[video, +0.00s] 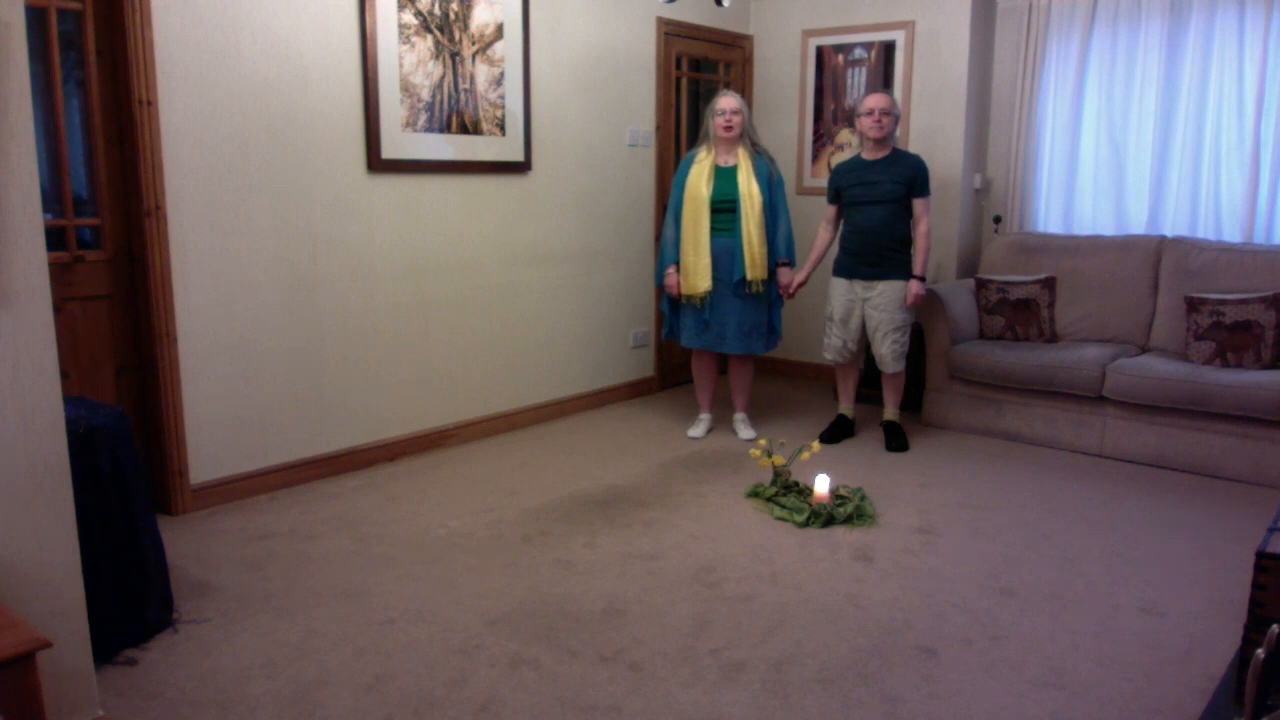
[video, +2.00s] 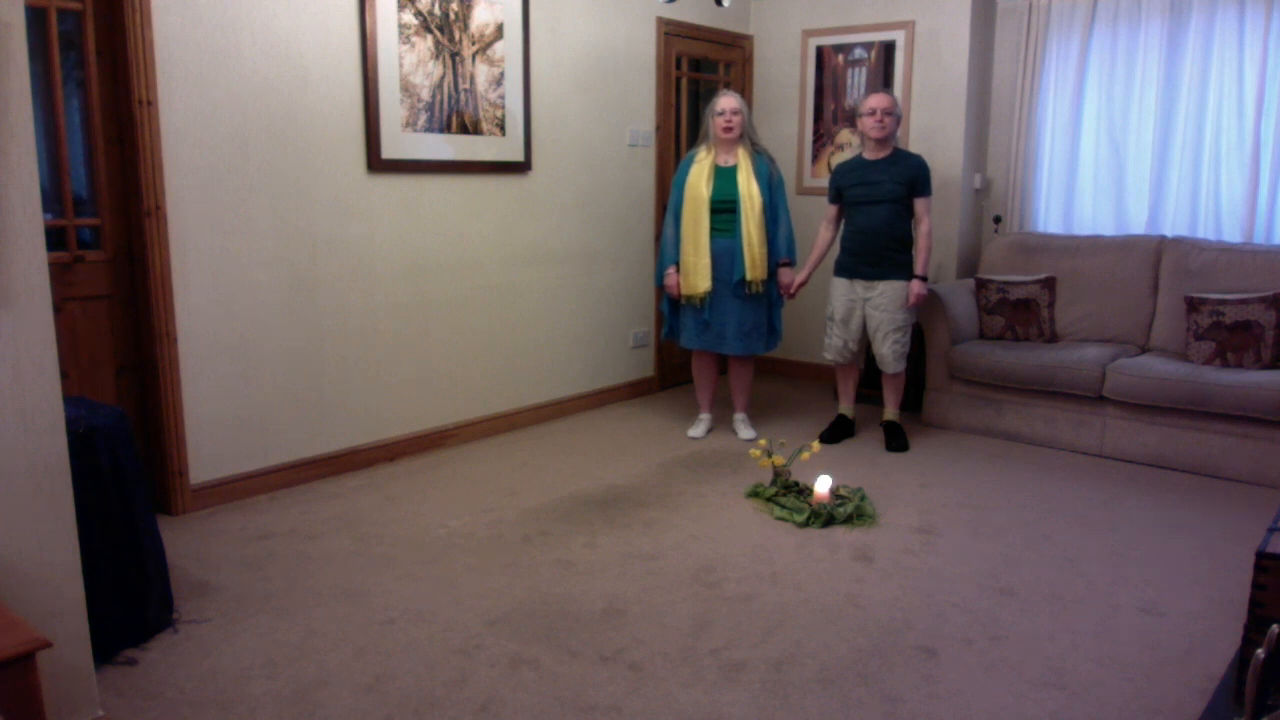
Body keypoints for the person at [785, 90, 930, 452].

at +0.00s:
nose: (877, 119)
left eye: (885, 114)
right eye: (870, 114)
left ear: (896, 121)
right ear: (857, 122)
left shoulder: (912, 167)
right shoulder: (842, 172)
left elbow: (922, 224)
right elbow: (828, 227)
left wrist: (918, 276)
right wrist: (804, 272)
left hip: (892, 279)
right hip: (847, 277)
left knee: (891, 354)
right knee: (843, 349)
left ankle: (891, 420)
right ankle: (845, 415)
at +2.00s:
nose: (879, 119)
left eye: (887, 113)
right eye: (871, 114)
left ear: (898, 121)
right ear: (858, 122)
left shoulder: (913, 166)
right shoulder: (843, 172)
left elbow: (923, 224)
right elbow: (829, 226)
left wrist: (920, 276)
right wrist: (805, 272)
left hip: (893, 279)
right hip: (848, 277)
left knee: (891, 354)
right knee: (843, 348)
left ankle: (892, 420)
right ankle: (845, 415)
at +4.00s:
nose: (881, 119)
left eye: (888, 113)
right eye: (873, 113)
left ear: (900, 121)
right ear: (860, 122)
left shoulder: (914, 166)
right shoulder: (844, 172)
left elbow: (924, 224)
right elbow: (830, 227)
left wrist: (921, 276)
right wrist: (806, 273)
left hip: (894, 278)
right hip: (849, 276)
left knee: (893, 354)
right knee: (844, 349)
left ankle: (892, 420)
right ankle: (845, 415)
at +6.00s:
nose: (883, 119)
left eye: (891, 113)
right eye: (875, 113)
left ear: (902, 121)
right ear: (863, 122)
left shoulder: (917, 167)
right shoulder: (847, 172)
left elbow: (926, 224)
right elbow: (832, 226)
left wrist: (923, 276)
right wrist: (807, 273)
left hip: (896, 279)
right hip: (851, 277)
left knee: (894, 355)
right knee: (845, 349)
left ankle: (892, 419)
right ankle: (845, 416)